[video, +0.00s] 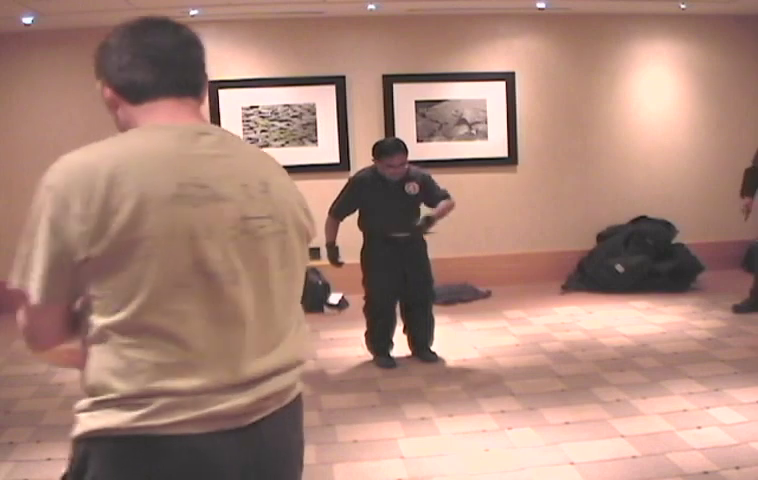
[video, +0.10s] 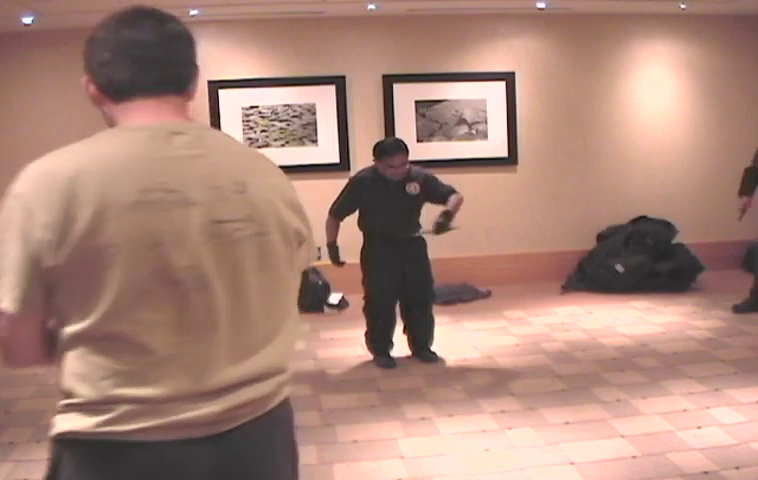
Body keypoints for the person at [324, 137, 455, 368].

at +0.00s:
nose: (399, 171)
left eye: (402, 165)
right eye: (392, 167)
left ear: (408, 160)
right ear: (378, 164)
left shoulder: (418, 178)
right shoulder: (362, 182)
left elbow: (446, 202)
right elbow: (334, 215)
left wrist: (432, 218)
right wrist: (330, 245)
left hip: (412, 246)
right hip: (379, 247)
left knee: (419, 297)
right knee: (380, 301)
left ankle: (421, 346)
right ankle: (381, 350)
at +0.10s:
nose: (398, 171)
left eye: (402, 165)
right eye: (391, 167)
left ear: (408, 161)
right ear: (378, 164)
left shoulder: (419, 178)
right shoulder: (363, 182)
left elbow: (454, 196)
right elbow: (335, 215)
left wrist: (447, 214)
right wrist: (331, 245)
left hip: (412, 247)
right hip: (377, 249)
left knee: (419, 298)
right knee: (380, 302)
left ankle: (421, 346)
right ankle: (380, 351)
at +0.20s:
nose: (399, 171)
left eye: (404, 166)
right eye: (393, 167)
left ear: (410, 161)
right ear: (379, 164)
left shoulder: (420, 178)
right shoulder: (364, 182)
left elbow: (459, 191)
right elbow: (335, 214)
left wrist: (456, 210)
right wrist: (332, 244)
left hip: (412, 247)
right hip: (377, 249)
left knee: (419, 298)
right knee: (379, 302)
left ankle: (421, 346)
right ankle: (380, 351)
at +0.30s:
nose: (401, 171)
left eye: (405, 166)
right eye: (394, 167)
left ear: (411, 161)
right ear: (381, 164)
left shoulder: (421, 178)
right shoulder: (365, 181)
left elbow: (459, 189)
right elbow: (336, 213)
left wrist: (457, 209)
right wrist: (333, 244)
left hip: (412, 247)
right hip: (377, 249)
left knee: (419, 298)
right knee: (379, 302)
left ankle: (421, 346)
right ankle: (380, 351)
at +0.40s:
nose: (403, 172)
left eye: (407, 166)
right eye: (396, 168)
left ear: (412, 161)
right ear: (382, 164)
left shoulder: (422, 178)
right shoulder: (366, 182)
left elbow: (457, 190)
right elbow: (336, 214)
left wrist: (455, 210)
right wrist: (333, 244)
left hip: (412, 247)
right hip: (378, 249)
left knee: (419, 297)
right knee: (380, 302)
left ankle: (421, 346)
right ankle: (380, 350)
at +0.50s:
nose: (405, 172)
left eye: (409, 166)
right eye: (398, 168)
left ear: (414, 161)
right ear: (384, 164)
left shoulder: (422, 177)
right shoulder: (367, 182)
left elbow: (456, 191)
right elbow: (336, 214)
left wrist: (453, 211)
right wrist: (333, 245)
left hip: (413, 247)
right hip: (378, 249)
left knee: (420, 297)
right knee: (381, 301)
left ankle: (421, 346)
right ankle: (380, 350)